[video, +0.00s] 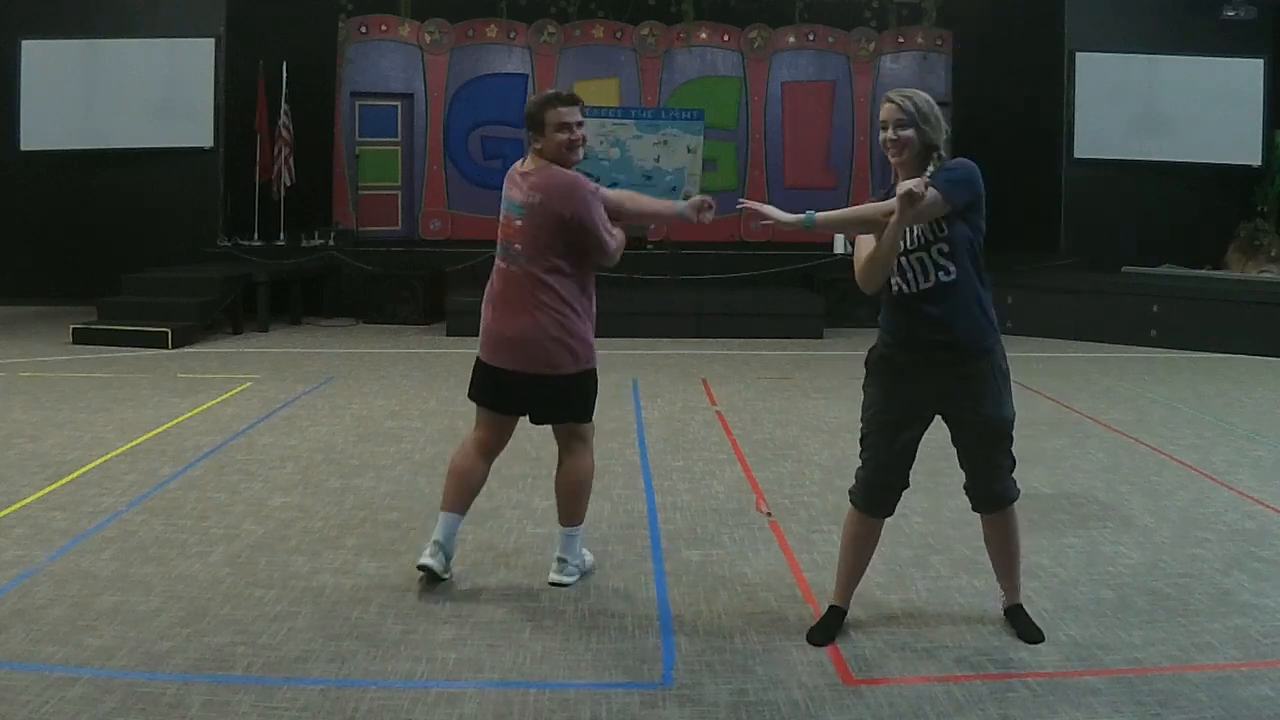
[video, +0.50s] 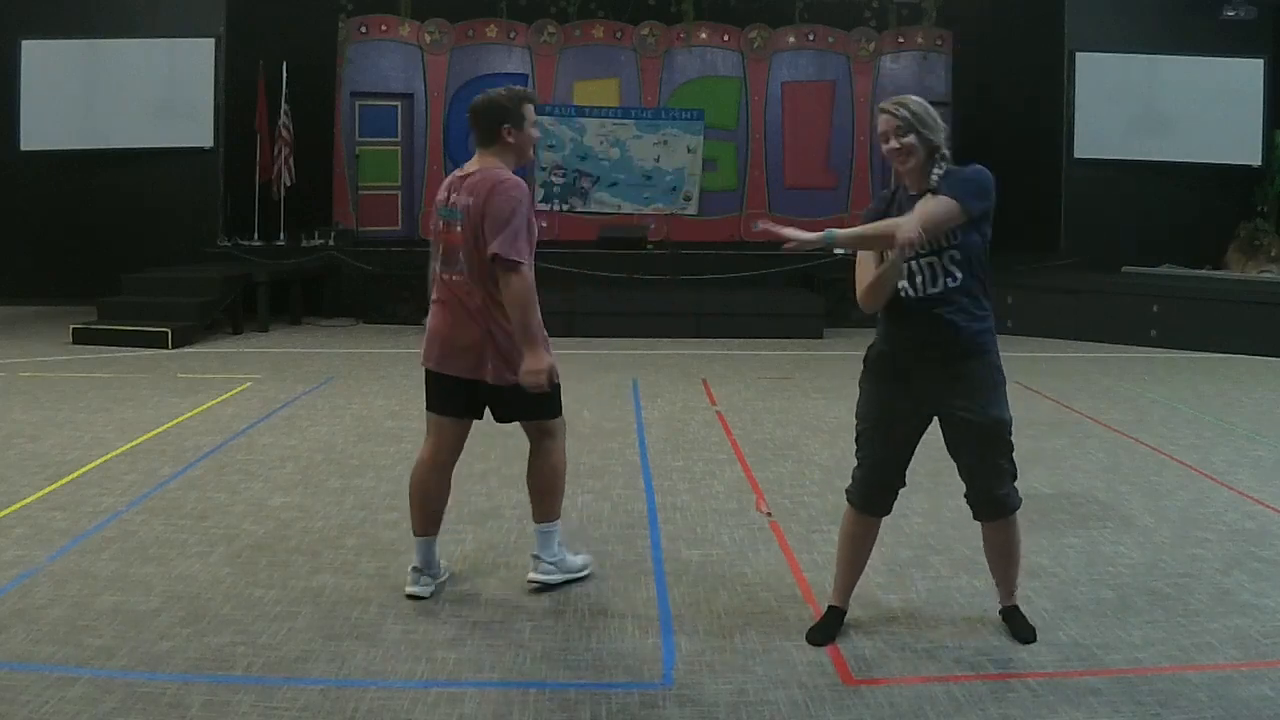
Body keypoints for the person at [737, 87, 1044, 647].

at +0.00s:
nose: (892, 136)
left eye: (903, 126)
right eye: (885, 129)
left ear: (930, 130)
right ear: (880, 138)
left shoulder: (962, 175)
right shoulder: (872, 206)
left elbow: (895, 211)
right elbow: (868, 280)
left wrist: (798, 220)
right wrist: (896, 223)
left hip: (972, 360)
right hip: (899, 363)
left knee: (993, 486)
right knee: (875, 487)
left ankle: (1014, 602)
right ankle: (838, 604)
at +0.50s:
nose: (892, 147)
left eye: (900, 135)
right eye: (884, 140)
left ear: (928, 135)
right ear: (882, 148)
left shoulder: (972, 182)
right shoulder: (877, 214)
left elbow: (909, 227)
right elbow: (867, 299)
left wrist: (825, 237)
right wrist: (892, 257)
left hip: (968, 363)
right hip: (897, 364)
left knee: (994, 493)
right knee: (869, 489)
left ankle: (1009, 603)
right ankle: (837, 605)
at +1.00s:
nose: (1028, 150)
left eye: (1037, 139)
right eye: (1017, 139)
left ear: (1051, 136)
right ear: (997, 135)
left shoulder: (1076, 182)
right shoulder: (971, 193)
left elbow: (1143, 231)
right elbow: (927, 266)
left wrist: (1209, 282)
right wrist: (875, 330)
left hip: (1037, 355)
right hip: (972, 343)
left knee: (1028, 486)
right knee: (922, 453)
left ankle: (1013, 606)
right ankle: (865, 411)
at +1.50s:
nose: (1083, 160)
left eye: (1092, 151)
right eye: (1074, 147)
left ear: (1100, 147)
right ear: (1047, 135)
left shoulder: (1109, 195)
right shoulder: (1007, 183)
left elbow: (1182, 232)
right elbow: (957, 253)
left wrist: (1254, 267)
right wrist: (915, 310)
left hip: (1048, 357)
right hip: (985, 343)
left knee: (1030, 484)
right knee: (922, 456)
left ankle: (1012, 605)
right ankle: (921, 345)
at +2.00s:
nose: (1069, 178)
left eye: (1081, 171)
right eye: (1063, 164)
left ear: (1093, 166)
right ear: (1042, 143)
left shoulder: (1097, 207)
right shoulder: (993, 181)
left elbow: (1162, 253)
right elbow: (946, 255)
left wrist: (1230, 299)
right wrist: (907, 316)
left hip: (1028, 354)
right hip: (959, 342)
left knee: (1019, 482)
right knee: (920, 467)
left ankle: (1011, 604)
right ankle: (911, 377)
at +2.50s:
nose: (954, 165)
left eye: (962, 155)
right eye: (947, 153)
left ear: (970, 150)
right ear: (922, 139)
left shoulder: (979, 192)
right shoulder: (881, 186)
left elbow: (1023, 267)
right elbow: (811, 214)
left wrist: (1068, 340)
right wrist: (743, 237)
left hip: (982, 359)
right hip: (908, 364)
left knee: (1010, 476)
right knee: (902, 491)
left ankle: (1016, 576)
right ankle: (884, 605)